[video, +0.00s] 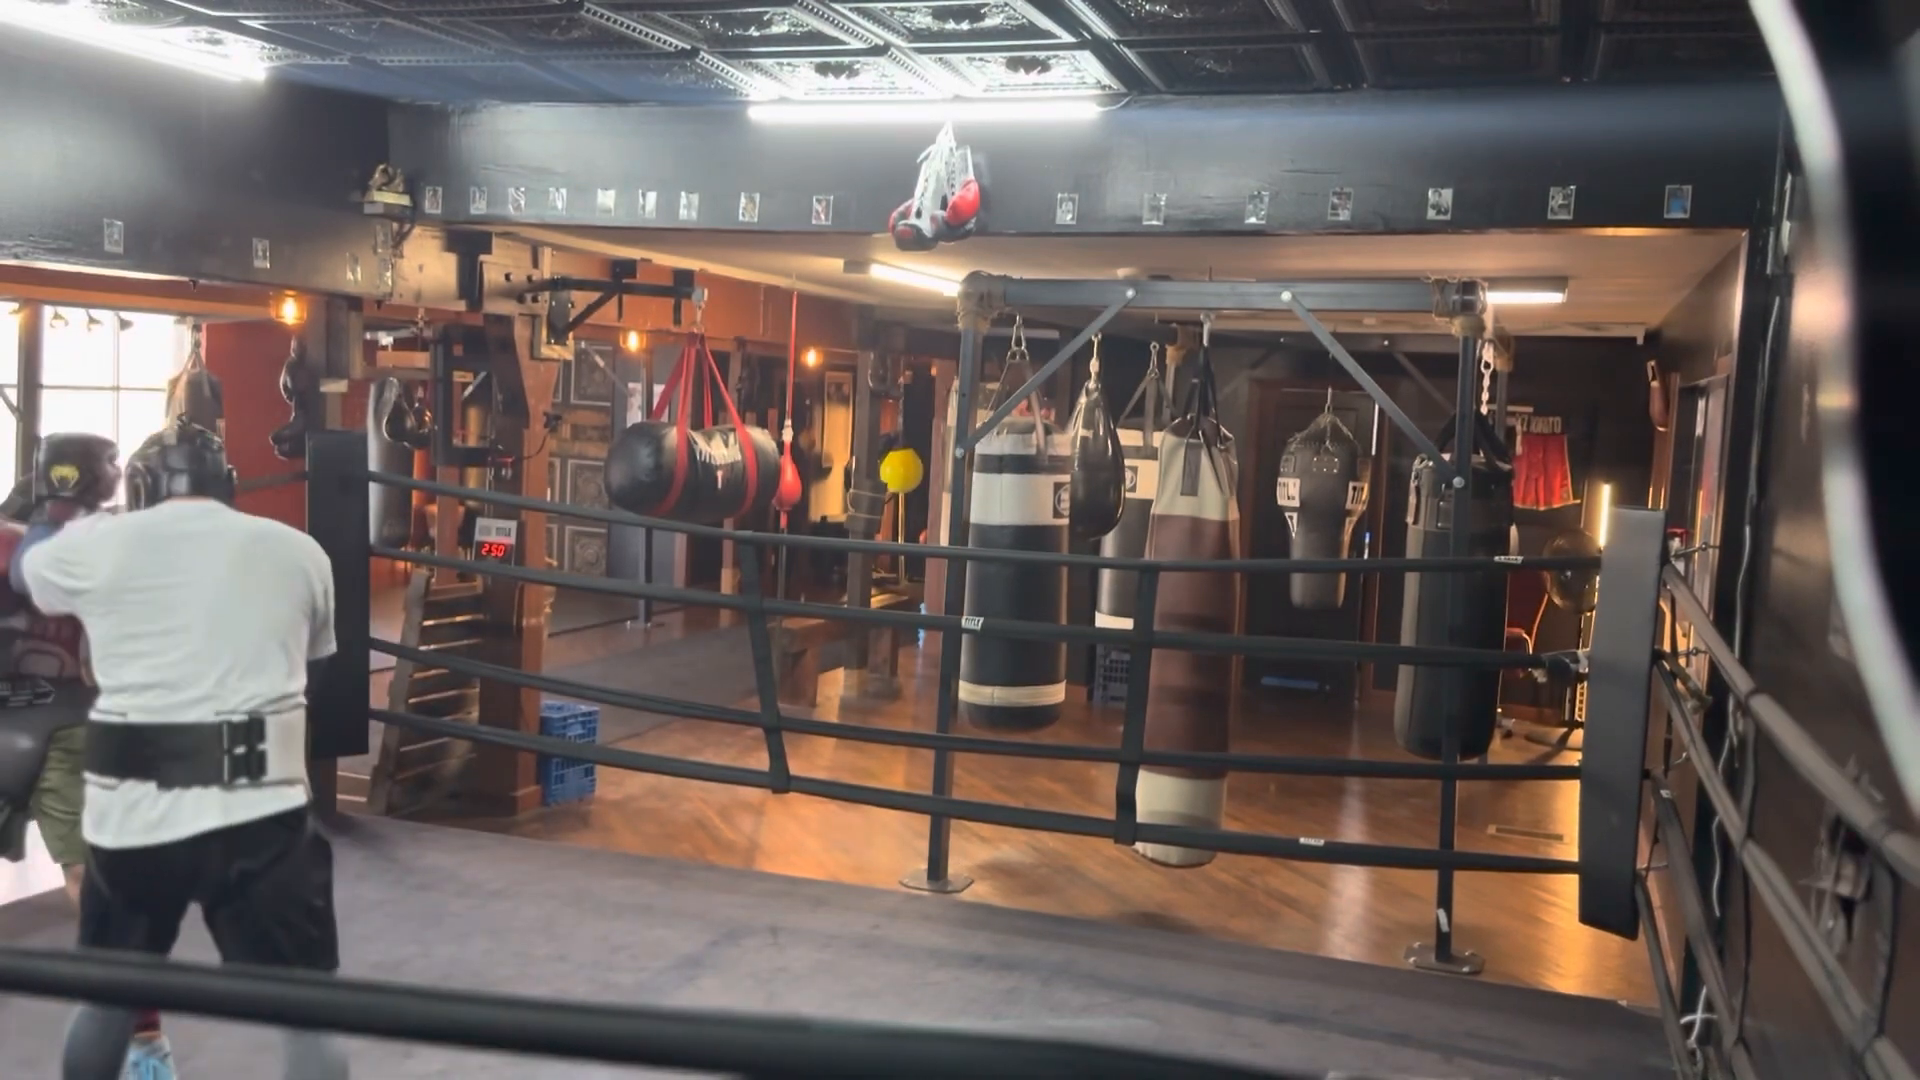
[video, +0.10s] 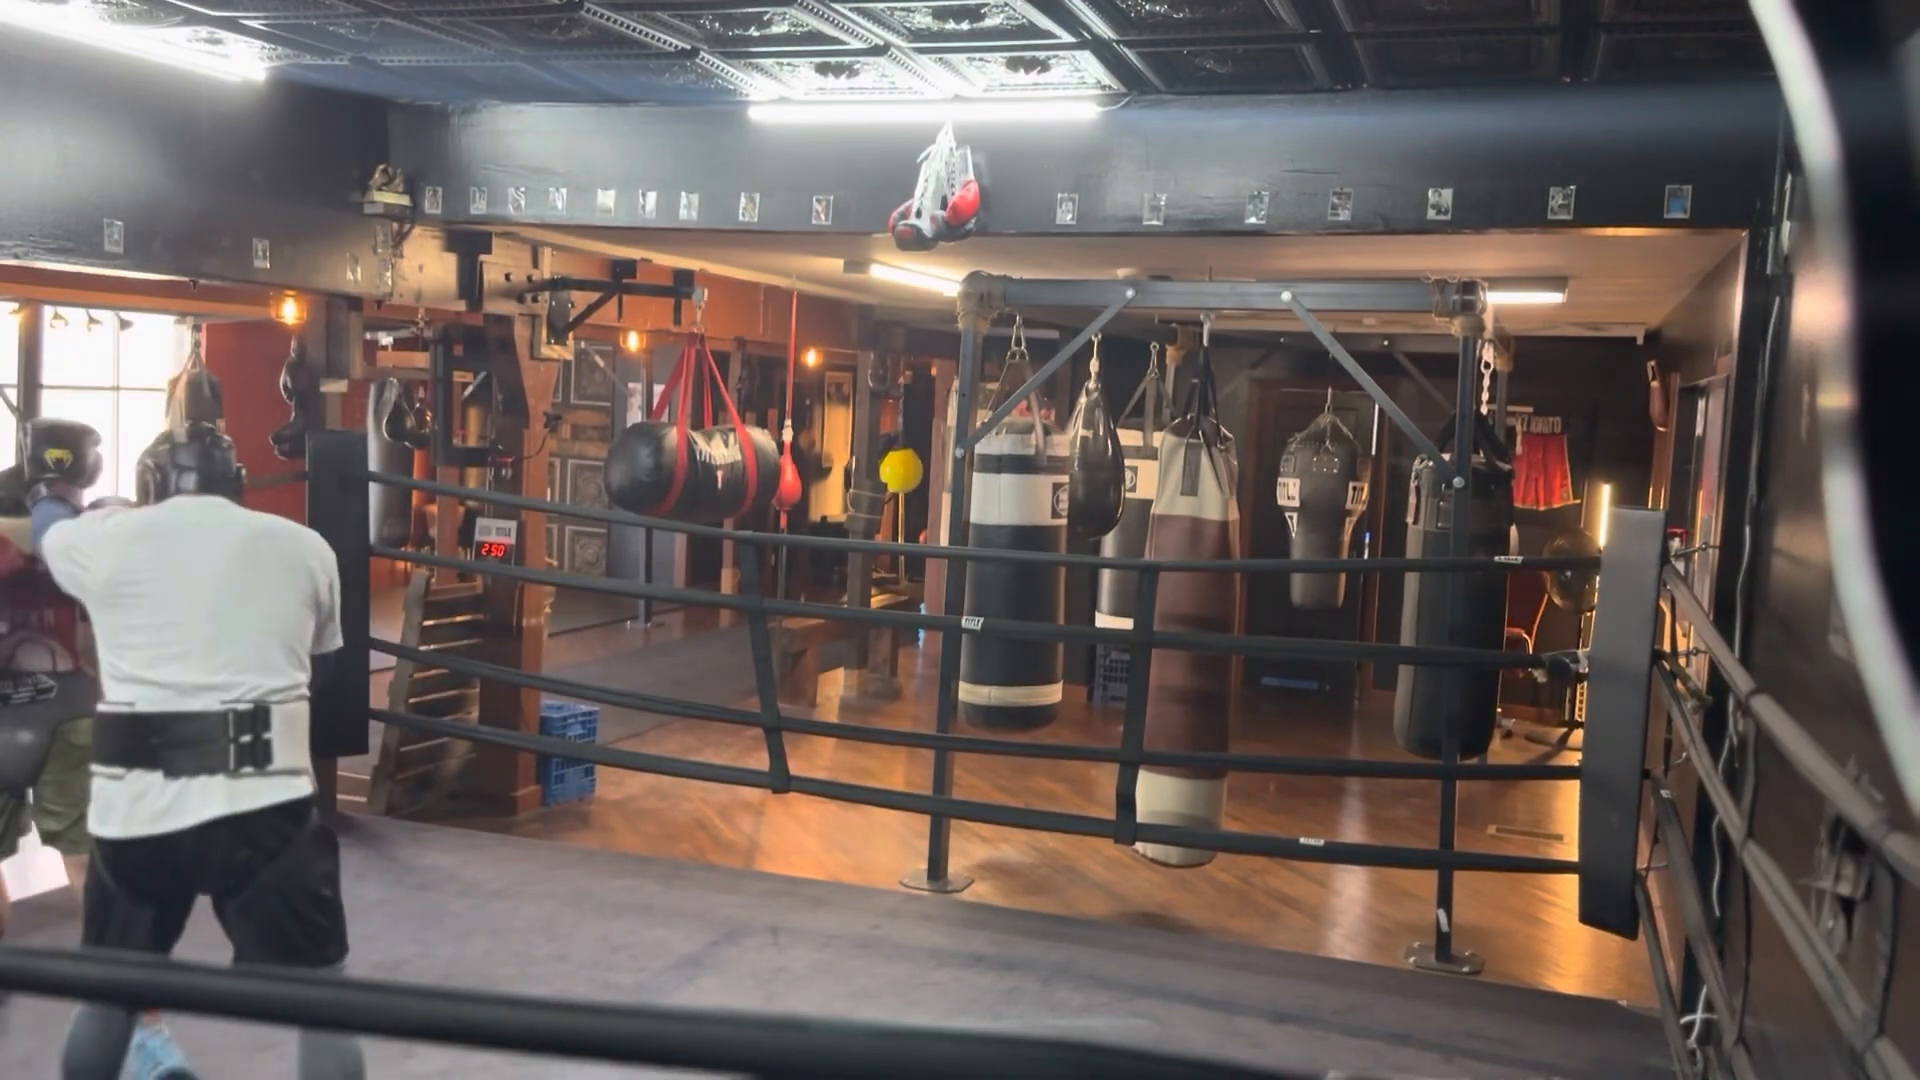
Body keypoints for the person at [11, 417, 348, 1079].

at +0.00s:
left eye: (133, 485)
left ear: (142, 488)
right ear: (227, 484)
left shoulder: (106, 545)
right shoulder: (296, 550)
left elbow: (31, 568)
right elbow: (318, 644)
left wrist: (77, 517)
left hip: (135, 823)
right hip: (265, 820)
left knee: (107, 996)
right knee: (307, 1012)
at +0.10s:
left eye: (149, 481)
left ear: (155, 485)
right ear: (237, 483)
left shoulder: (107, 542)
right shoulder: (305, 548)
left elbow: (50, 532)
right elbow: (324, 645)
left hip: (136, 814)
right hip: (270, 812)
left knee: (108, 990)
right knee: (321, 1003)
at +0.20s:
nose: (165, 488)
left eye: (170, 480)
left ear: (176, 485)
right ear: (261, 486)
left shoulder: (131, 540)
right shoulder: (326, 553)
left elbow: (63, 540)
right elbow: (340, 662)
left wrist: (71, 503)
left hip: (148, 817)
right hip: (282, 815)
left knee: (116, 992)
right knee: (341, 1003)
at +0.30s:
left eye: (205, 490)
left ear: (209, 492)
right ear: (296, 494)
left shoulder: (163, 550)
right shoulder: (360, 565)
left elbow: (89, 617)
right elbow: (370, 676)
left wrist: (99, 548)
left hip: (172, 828)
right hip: (302, 828)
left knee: (130, 990)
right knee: (356, 1008)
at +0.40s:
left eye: (236, 493)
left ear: (244, 494)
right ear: (329, 496)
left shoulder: (187, 557)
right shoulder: (390, 569)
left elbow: (97, 641)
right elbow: (397, 691)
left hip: (194, 829)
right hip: (325, 833)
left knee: (152, 985)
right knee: (374, 1014)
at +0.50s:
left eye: (254, 482)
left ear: (260, 486)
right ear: (348, 488)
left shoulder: (206, 542)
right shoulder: (403, 557)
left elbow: (98, 576)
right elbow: (413, 675)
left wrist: (121, 532)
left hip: (211, 824)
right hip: (339, 828)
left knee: (176, 976)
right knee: (375, 1011)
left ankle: (139, 1076)